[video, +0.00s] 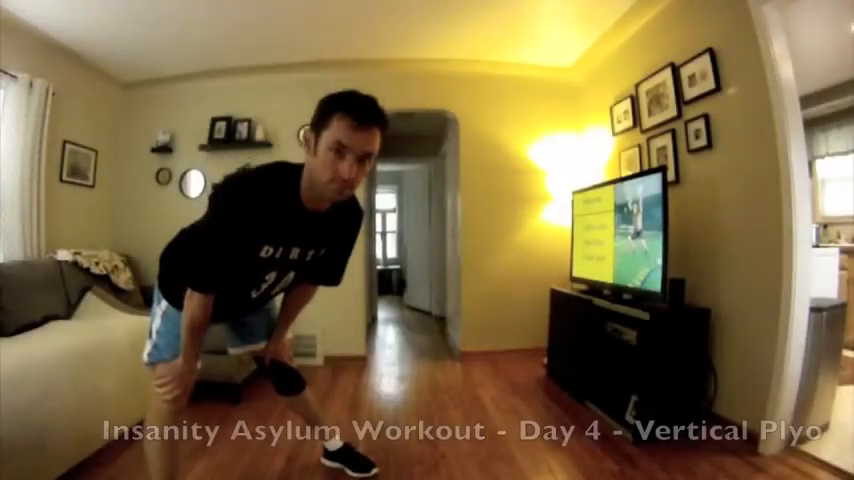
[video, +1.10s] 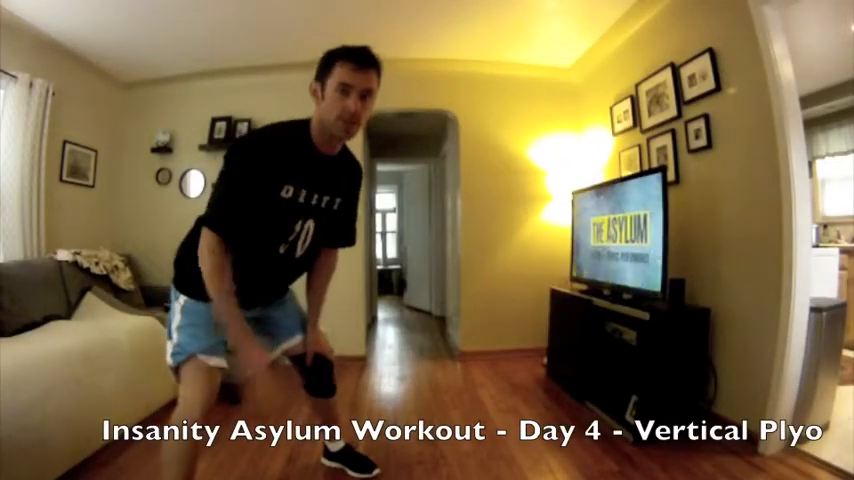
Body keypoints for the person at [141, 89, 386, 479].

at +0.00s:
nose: (348, 172)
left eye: (363, 160)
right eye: (338, 152)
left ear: (373, 163)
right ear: (308, 140)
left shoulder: (347, 216)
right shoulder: (248, 191)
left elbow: (308, 282)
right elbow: (201, 284)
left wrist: (280, 337)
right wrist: (187, 363)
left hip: (251, 296)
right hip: (187, 293)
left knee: (282, 371)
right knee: (170, 394)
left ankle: (333, 444)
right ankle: (162, 477)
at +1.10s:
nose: (354, 107)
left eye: (365, 97)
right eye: (345, 91)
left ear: (373, 104)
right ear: (317, 91)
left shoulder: (347, 172)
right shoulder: (258, 148)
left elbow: (327, 251)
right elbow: (210, 244)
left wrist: (313, 325)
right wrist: (242, 338)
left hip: (268, 288)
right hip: (207, 287)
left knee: (319, 368)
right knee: (198, 400)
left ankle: (336, 446)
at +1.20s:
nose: (357, 104)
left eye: (367, 95)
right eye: (347, 88)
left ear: (375, 103)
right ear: (319, 89)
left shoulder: (350, 171)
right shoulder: (261, 145)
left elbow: (330, 256)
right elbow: (215, 240)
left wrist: (318, 325)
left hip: (278, 291)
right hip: (213, 287)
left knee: (323, 369)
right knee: (201, 398)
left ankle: (335, 446)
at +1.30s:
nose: (360, 104)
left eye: (371, 95)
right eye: (350, 88)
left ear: (378, 103)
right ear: (322, 89)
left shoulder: (353, 172)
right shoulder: (266, 144)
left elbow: (333, 251)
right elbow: (226, 240)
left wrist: (321, 325)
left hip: (275, 286)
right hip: (214, 284)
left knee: (325, 367)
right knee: (202, 396)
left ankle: (335, 447)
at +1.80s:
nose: (397, 102)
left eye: (399, 91)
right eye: (393, 88)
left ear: (367, 83)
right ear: (361, 78)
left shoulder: (356, 161)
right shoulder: (289, 125)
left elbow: (337, 239)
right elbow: (252, 209)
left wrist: (329, 301)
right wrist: (309, 285)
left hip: (294, 290)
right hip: (232, 284)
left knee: (331, 370)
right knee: (206, 397)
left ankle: (335, 447)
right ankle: (178, 473)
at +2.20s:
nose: (400, 81)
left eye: (402, 71)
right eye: (397, 69)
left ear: (371, 64)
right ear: (369, 61)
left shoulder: (362, 134)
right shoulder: (307, 102)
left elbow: (353, 213)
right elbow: (269, 180)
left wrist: (353, 277)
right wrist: (262, 268)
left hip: (329, 275)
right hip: (281, 273)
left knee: (343, 363)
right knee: (263, 384)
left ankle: (336, 447)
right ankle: (230, 473)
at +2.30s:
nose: (396, 75)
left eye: (398, 65)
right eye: (393, 63)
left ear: (370, 60)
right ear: (364, 56)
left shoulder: (359, 128)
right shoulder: (303, 100)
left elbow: (354, 208)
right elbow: (267, 178)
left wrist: (356, 275)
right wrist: (269, 266)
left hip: (331, 273)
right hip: (282, 271)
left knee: (339, 368)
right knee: (270, 385)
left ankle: (336, 447)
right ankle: (259, 472)